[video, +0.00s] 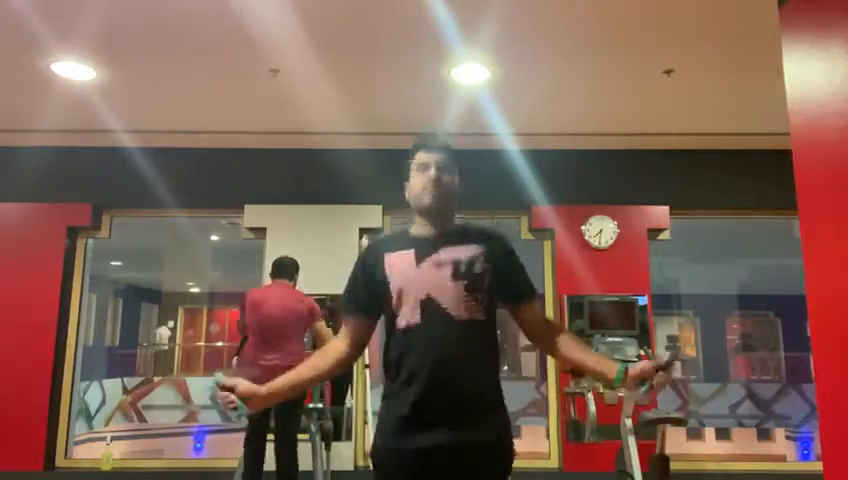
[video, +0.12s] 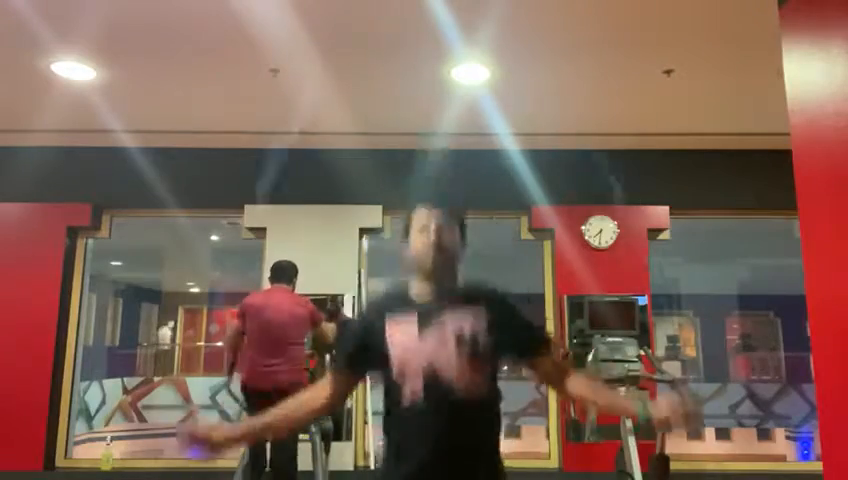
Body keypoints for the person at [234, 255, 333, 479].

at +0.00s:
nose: (294, 280)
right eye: (295, 276)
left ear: (270, 275)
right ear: (295, 277)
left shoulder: (251, 296)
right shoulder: (306, 302)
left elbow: (243, 330)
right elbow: (324, 340)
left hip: (254, 374)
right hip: (292, 375)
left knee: (255, 435)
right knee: (287, 440)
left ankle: (251, 476)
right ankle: (287, 476)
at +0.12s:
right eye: (293, 280)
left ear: (270, 279)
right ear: (294, 281)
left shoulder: (251, 302)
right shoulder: (304, 305)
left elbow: (234, 339)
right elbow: (325, 338)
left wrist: (231, 366)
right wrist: (315, 353)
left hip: (254, 383)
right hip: (291, 384)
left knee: (256, 436)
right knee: (286, 438)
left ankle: (256, 474)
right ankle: (284, 475)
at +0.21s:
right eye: (293, 278)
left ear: (269, 278)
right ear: (293, 279)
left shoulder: (250, 300)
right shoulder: (303, 303)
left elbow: (231, 341)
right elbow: (322, 330)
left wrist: (233, 360)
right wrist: (334, 327)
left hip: (253, 383)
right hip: (289, 383)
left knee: (259, 433)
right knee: (286, 437)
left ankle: (258, 474)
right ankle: (286, 475)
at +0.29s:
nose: (291, 280)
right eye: (293, 276)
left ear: (268, 275)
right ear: (292, 277)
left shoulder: (247, 298)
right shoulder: (303, 301)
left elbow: (228, 340)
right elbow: (323, 326)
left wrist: (237, 350)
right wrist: (334, 325)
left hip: (250, 381)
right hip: (285, 380)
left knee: (255, 437)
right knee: (285, 439)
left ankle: (255, 476)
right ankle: (284, 477)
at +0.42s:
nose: (291, 281)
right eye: (293, 278)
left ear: (267, 276)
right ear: (291, 278)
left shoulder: (244, 299)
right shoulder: (300, 302)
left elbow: (226, 335)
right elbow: (320, 335)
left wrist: (248, 333)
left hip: (249, 377)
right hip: (285, 377)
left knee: (252, 441)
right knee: (292, 434)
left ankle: (252, 476)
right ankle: (287, 474)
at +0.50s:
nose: (292, 285)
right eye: (292, 282)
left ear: (266, 280)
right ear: (290, 282)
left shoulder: (246, 302)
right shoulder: (296, 305)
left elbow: (229, 334)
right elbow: (315, 340)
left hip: (247, 379)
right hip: (284, 378)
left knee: (249, 443)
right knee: (294, 428)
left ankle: (247, 475)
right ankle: (292, 471)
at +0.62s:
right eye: (292, 281)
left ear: (267, 280)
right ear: (292, 282)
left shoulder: (249, 303)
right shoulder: (298, 307)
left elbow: (245, 342)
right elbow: (310, 351)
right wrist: (320, 352)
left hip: (248, 385)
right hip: (284, 387)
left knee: (247, 443)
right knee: (296, 420)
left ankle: (244, 475)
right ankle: (295, 469)